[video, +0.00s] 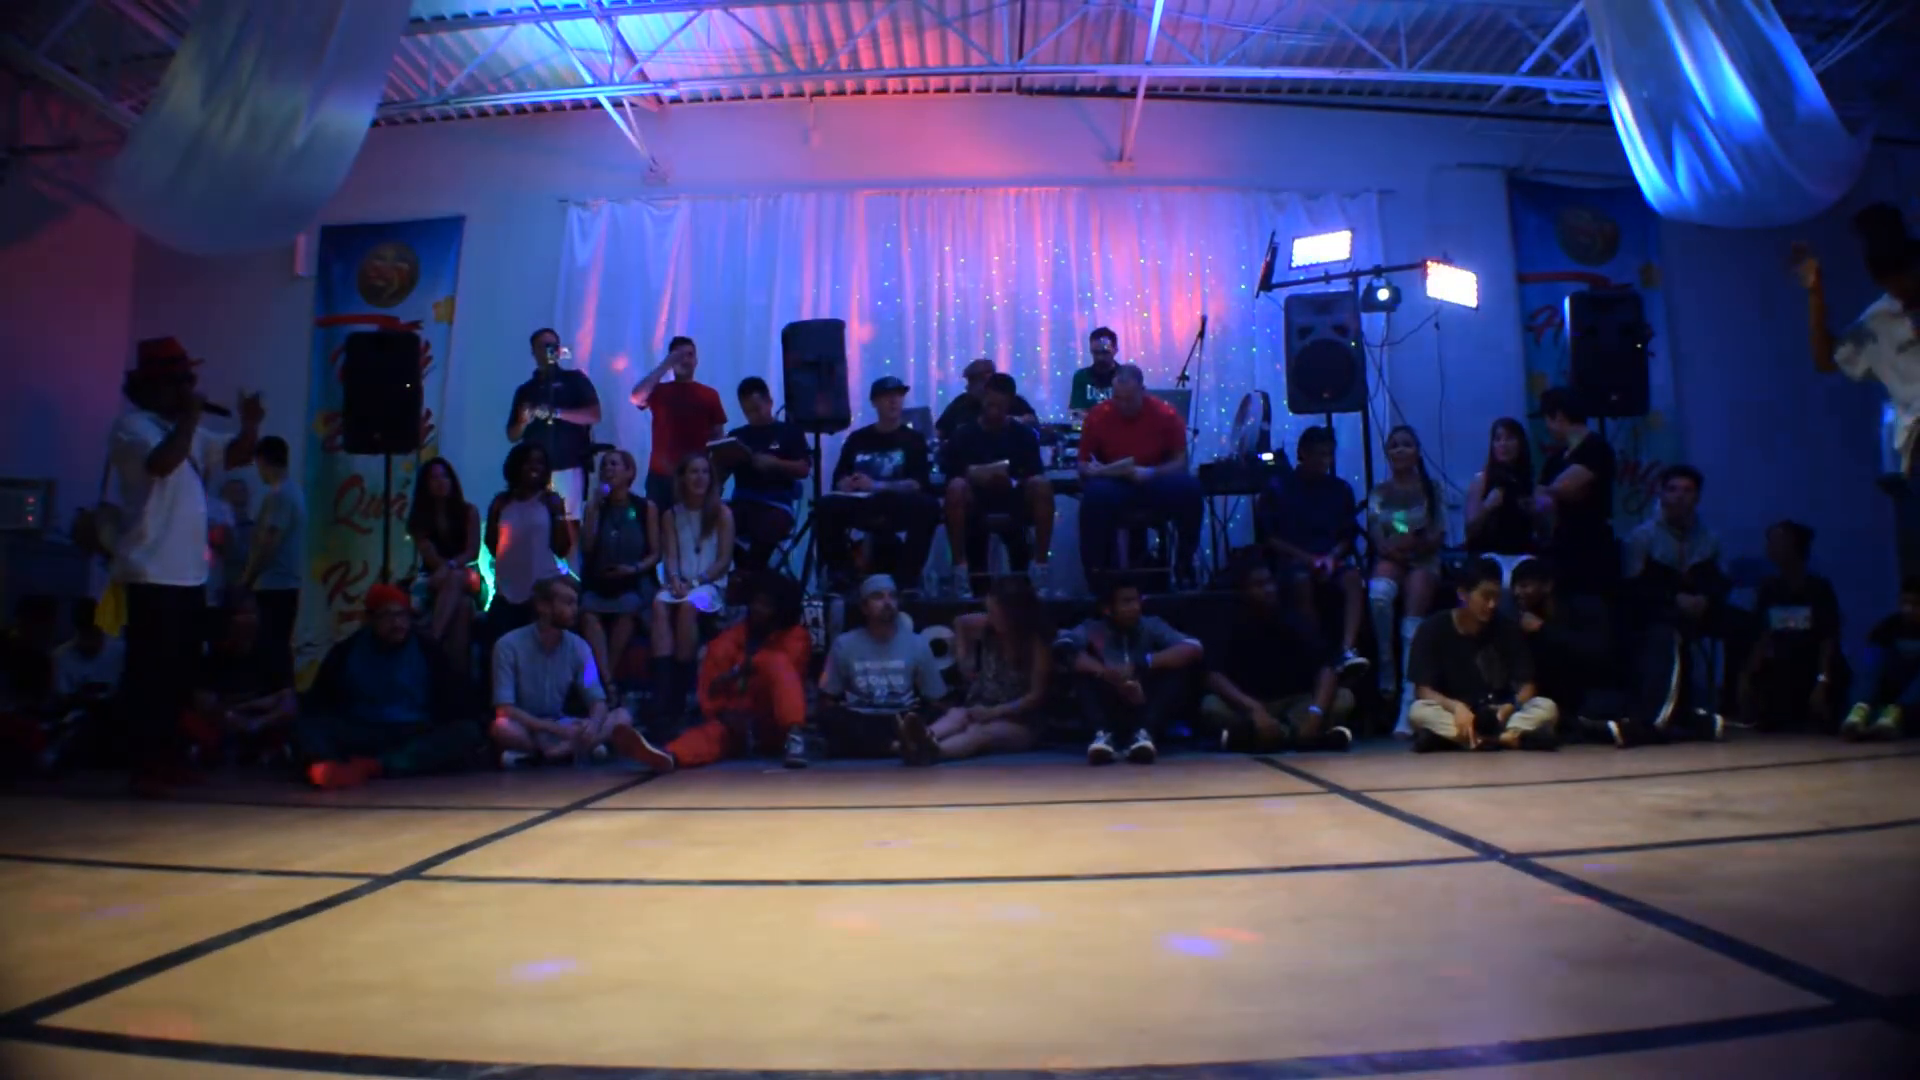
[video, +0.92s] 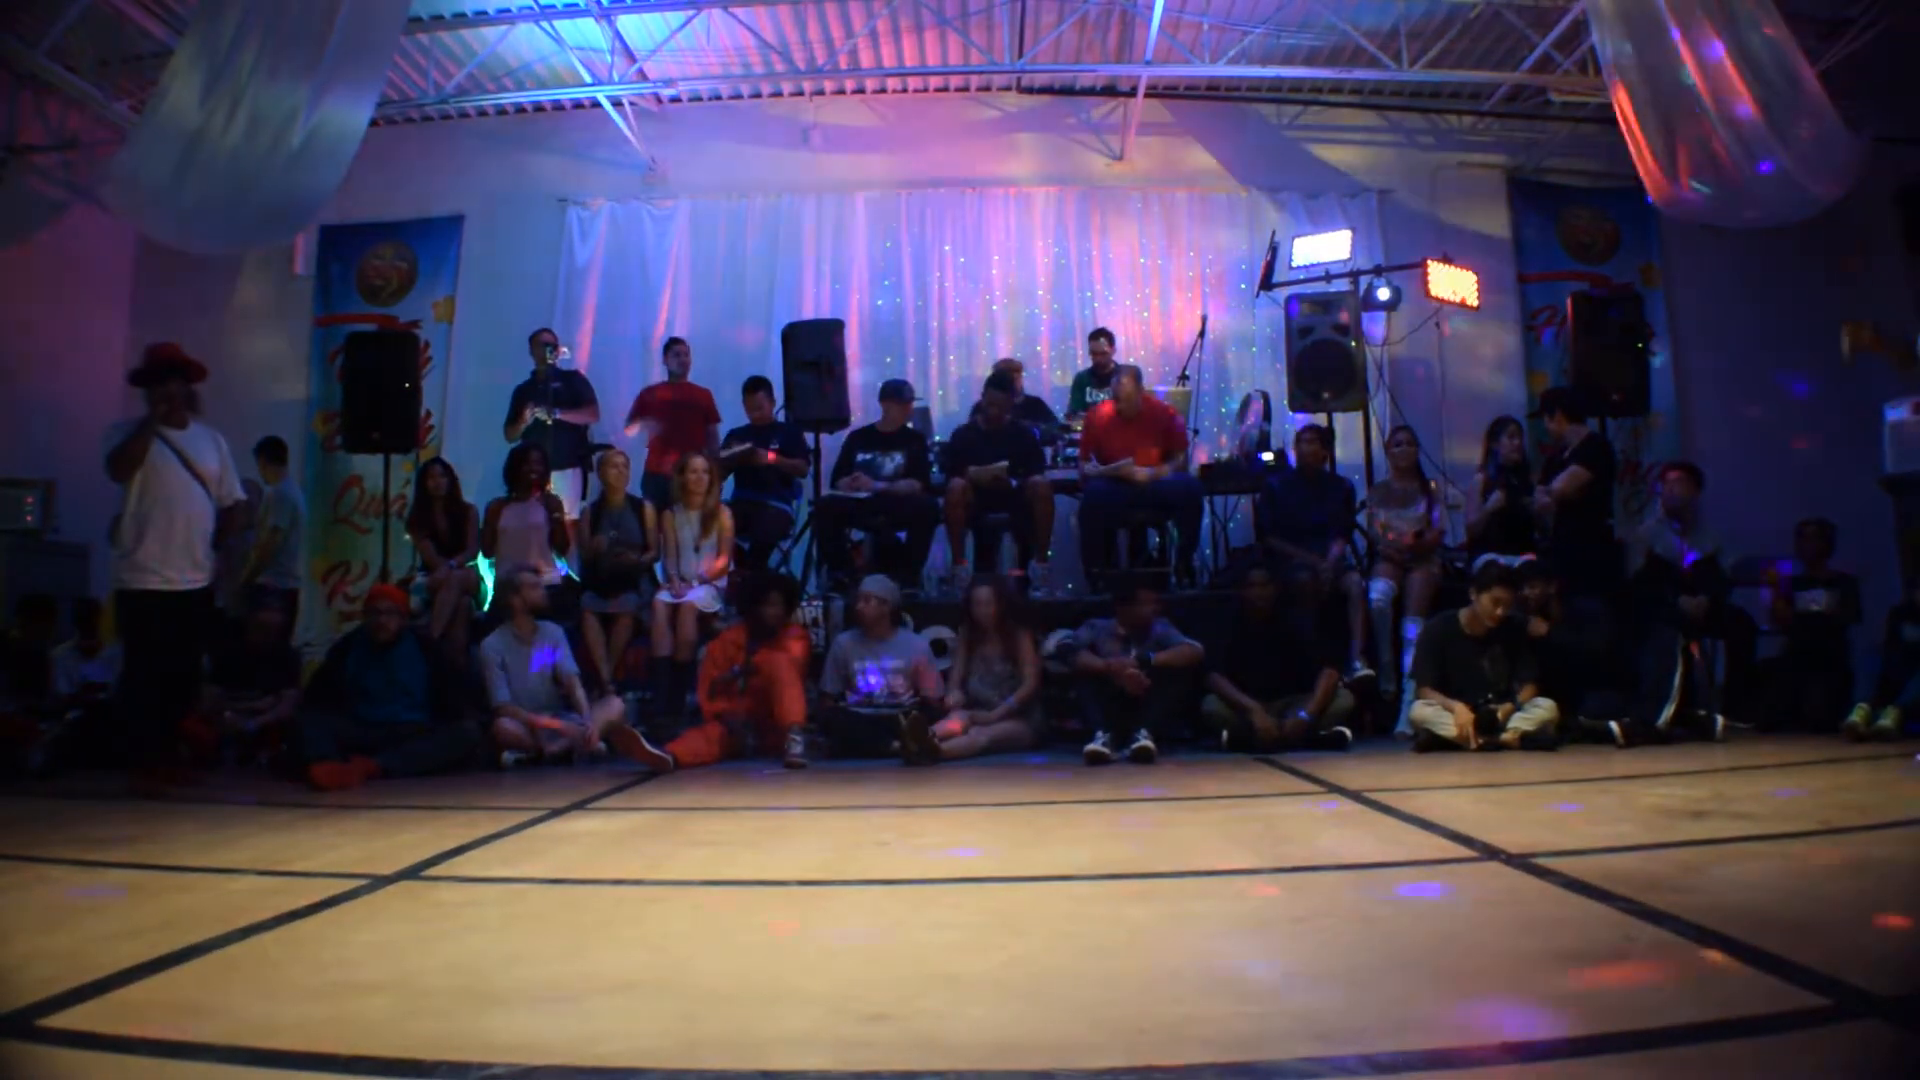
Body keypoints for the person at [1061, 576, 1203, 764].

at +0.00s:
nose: (1134, 608)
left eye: (1136, 601)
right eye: (1126, 602)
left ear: (1141, 603)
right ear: (1108, 609)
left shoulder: (1150, 627)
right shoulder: (1094, 630)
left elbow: (1193, 648)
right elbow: (1064, 649)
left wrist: (1142, 665)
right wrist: (1115, 678)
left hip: (1146, 701)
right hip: (1107, 701)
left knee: (1171, 673)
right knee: (1086, 676)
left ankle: (1144, 735)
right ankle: (1101, 735)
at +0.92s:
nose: (1151, 610)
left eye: (1154, 604)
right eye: (1144, 604)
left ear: (1157, 606)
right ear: (1124, 607)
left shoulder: (1158, 629)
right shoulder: (1098, 629)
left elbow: (1194, 651)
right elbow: (1067, 650)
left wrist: (1146, 661)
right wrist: (1114, 669)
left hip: (1148, 702)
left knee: (1173, 670)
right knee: (1088, 672)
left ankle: (1144, 733)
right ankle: (1101, 734)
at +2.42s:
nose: (1134, 606)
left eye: (1134, 600)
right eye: (1126, 601)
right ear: (1107, 609)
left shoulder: (1145, 626)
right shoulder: (1088, 632)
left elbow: (1185, 647)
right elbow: (1059, 654)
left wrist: (1137, 659)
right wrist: (1107, 669)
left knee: (1163, 669)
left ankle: (1143, 733)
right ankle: (1099, 733)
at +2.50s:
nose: (1133, 606)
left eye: (1132, 600)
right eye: (1125, 601)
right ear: (1105, 610)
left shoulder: (1143, 627)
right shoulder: (1086, 633)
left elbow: (1185, 647)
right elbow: (1053, 652)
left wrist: (1136, 659)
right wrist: (1105, 668)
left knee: (1160, 668)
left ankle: (1142, 734)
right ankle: (1099, 734)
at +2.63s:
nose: (1131, 606)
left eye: (1130, 599)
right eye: (1123, 600)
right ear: (1104, 609)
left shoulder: (1141, 631)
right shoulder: (1085, 635)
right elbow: (1069, 662)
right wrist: (1109, 668)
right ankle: (1092, 734)